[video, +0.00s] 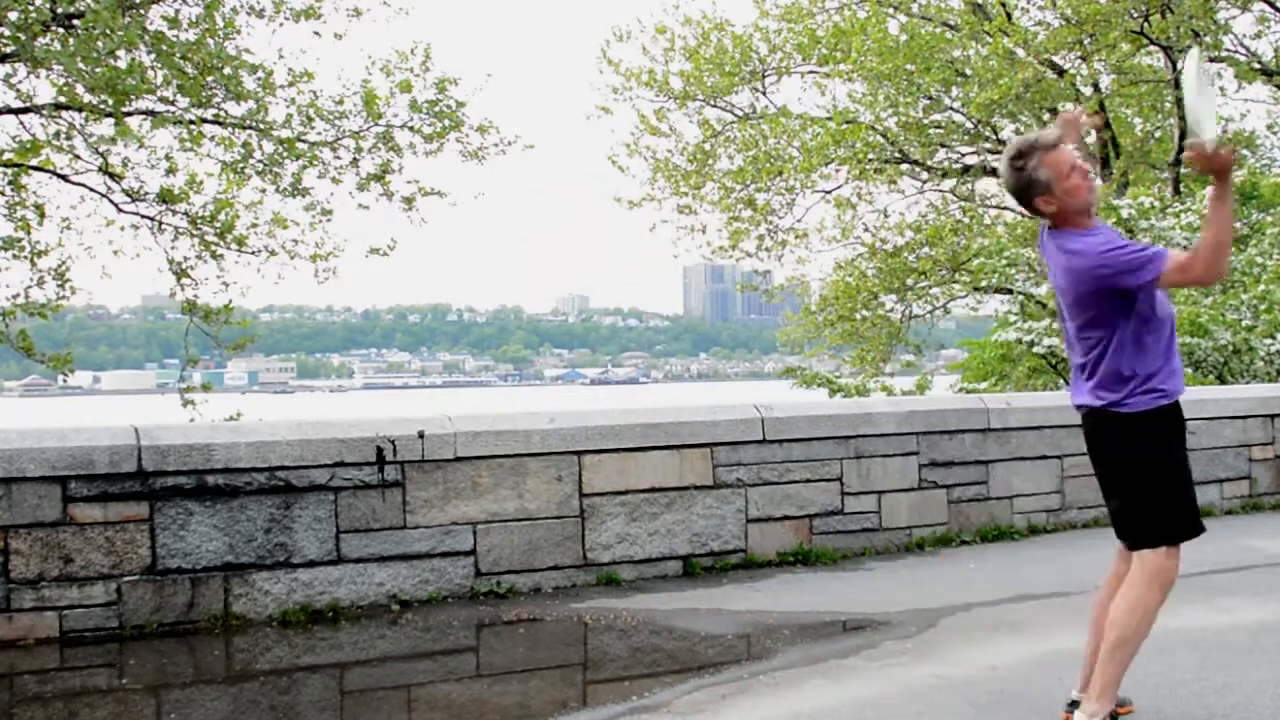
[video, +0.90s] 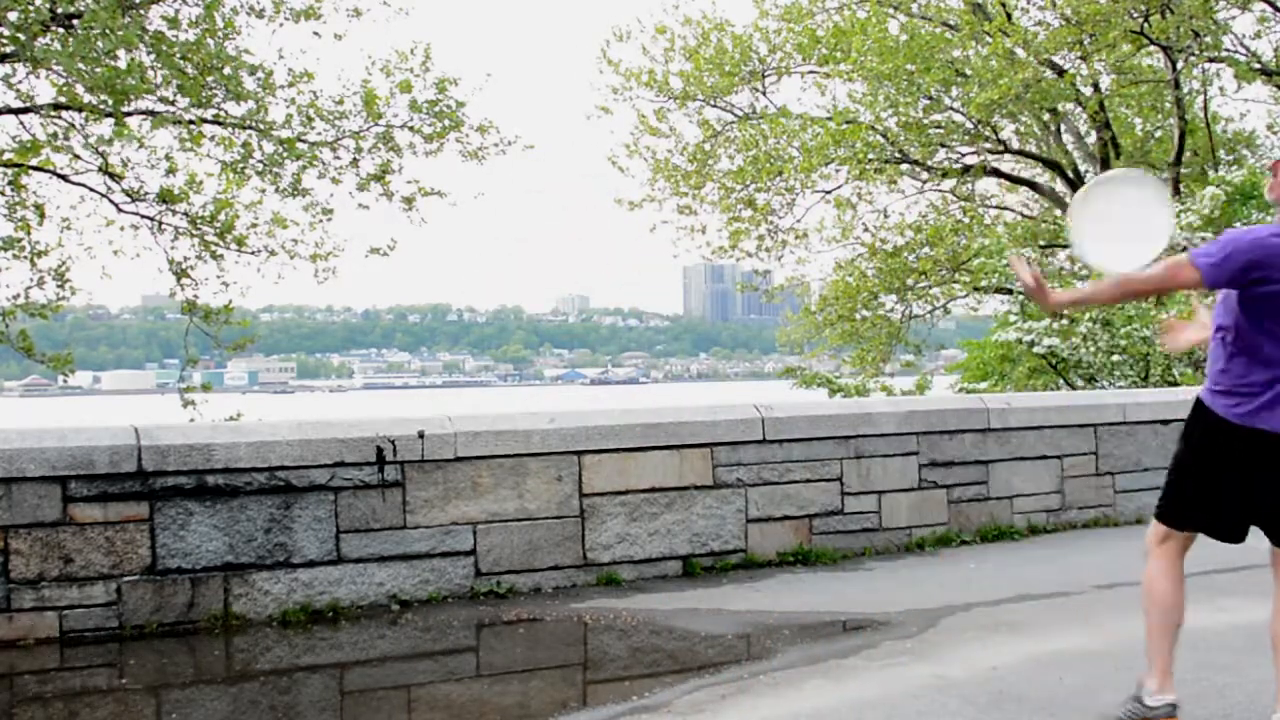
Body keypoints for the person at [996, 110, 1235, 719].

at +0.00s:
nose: (1084, 168)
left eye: (1079, 160)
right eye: (1072, 170)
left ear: (1052, 201)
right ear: (1049, 202)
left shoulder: (1061, 236)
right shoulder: (1095, 254)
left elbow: (1069, 188)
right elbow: (1207, 269)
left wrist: (1066, 137)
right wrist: (1222, 181)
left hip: (1112, 412)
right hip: (1137, 416)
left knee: (1133, 558)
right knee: (1159, 563)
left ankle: (1088, 695)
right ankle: (1096, 706)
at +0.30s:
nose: (1179, 158)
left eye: (1173, 151)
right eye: (1171, 155)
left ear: (1124, 181)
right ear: (1152, 184)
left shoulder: (1083, 219)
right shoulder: (1191, 256)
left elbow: (1005, 209)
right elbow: (1253, 332)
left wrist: (972, 172)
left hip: (1099, 422)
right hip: (1168, 422)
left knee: (1121, 549)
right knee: (1227, 547)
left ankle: (1082, 689)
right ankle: (1161, 676)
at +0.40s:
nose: (1203, 182)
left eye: (1199, 174)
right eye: (1200, 177)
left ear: (1139, 183)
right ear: (1188, 192)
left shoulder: (1102, 224)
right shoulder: (1216, 264)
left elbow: (1026, 215)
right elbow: (1268, 324)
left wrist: (991, 184)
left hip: (1114, 429)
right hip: (1189, 427)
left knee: (1121, 551)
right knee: (1250, 549)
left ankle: (1084, 688)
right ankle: (1243, 689)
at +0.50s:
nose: (1236, 198)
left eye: (1232, 190)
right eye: (1236, 192)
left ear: (1172, 197)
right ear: (1227, 204)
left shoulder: (1128, 238)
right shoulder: (1250, 271)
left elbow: (1052, 211)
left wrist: (1021, 172)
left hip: (1136, 434)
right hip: (1213, 433)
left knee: (1129, 554)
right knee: (1264, 555)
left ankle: (1085, 687)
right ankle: (1278, 696)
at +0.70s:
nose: (1260, 201)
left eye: (1264, 195)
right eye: (1268, 194)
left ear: (1266, 209)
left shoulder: (1223, 255)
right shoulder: (1268, 259)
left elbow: (1113, 237)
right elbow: (1239, 252)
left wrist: (1051, 190)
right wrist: (1196, 213)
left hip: (1193, 433)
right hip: (1268, 438)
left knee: (1151, 550)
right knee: (1276, 573)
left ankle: (1108, 688)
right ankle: (1279, 709)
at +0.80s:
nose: (1271, 188)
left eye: (1274, 182)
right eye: (1272, 181)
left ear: (1276, 192)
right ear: (1273, 195)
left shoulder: (1239, 250)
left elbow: (1129, 258)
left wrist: (1033, 234)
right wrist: (1190, 279)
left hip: (1214, 427)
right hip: (1274, 438)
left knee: (1159, 543)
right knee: (1279, 574)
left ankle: (1128, 687)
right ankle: (1277, 706)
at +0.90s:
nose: (1269, 179)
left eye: (1273, 172)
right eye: (1273, 171)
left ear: (1278, 178)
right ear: (1277, 181)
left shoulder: (1256, 245)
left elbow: (1149, 282)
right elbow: (1267, 313)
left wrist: (1059, 300)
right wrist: (1211, 329)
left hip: (1232, 422)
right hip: (1277, 429)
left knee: (1167, 543)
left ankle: (1159, 687)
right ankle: (1279, 705)